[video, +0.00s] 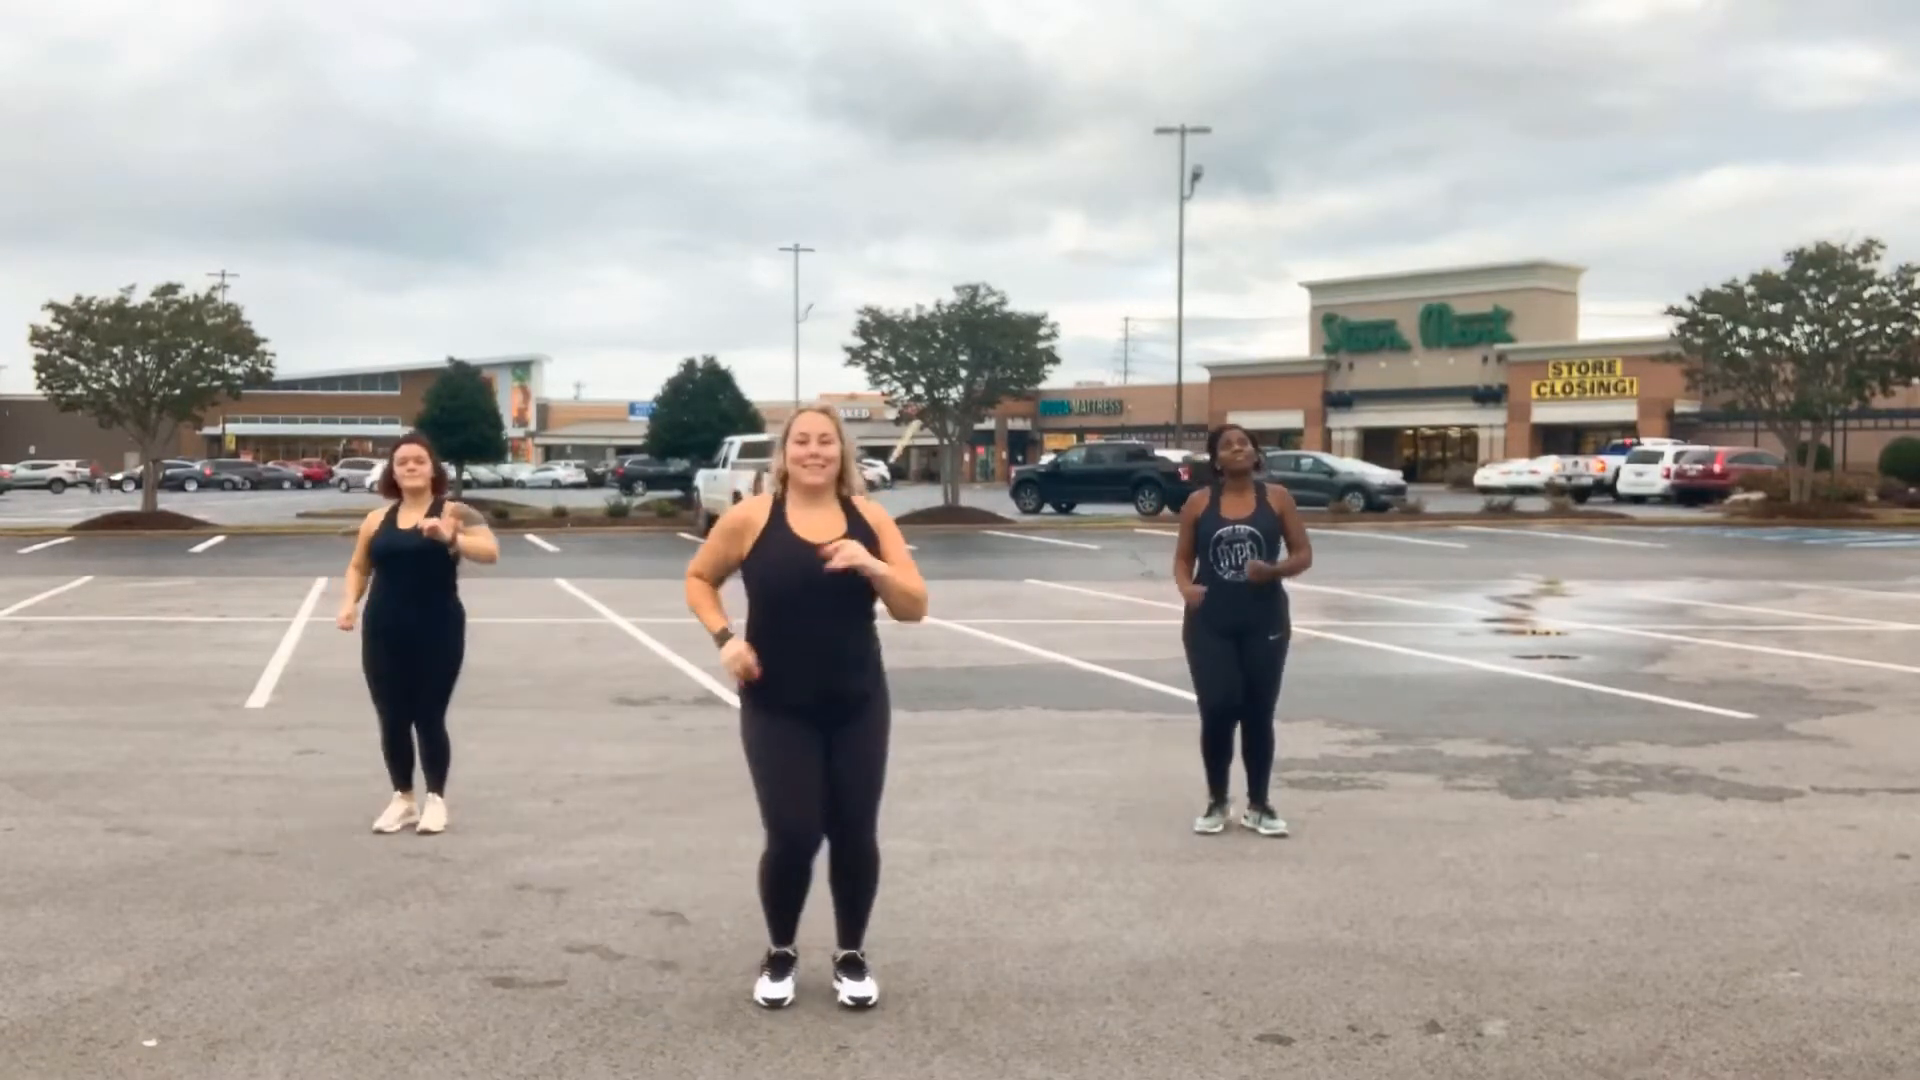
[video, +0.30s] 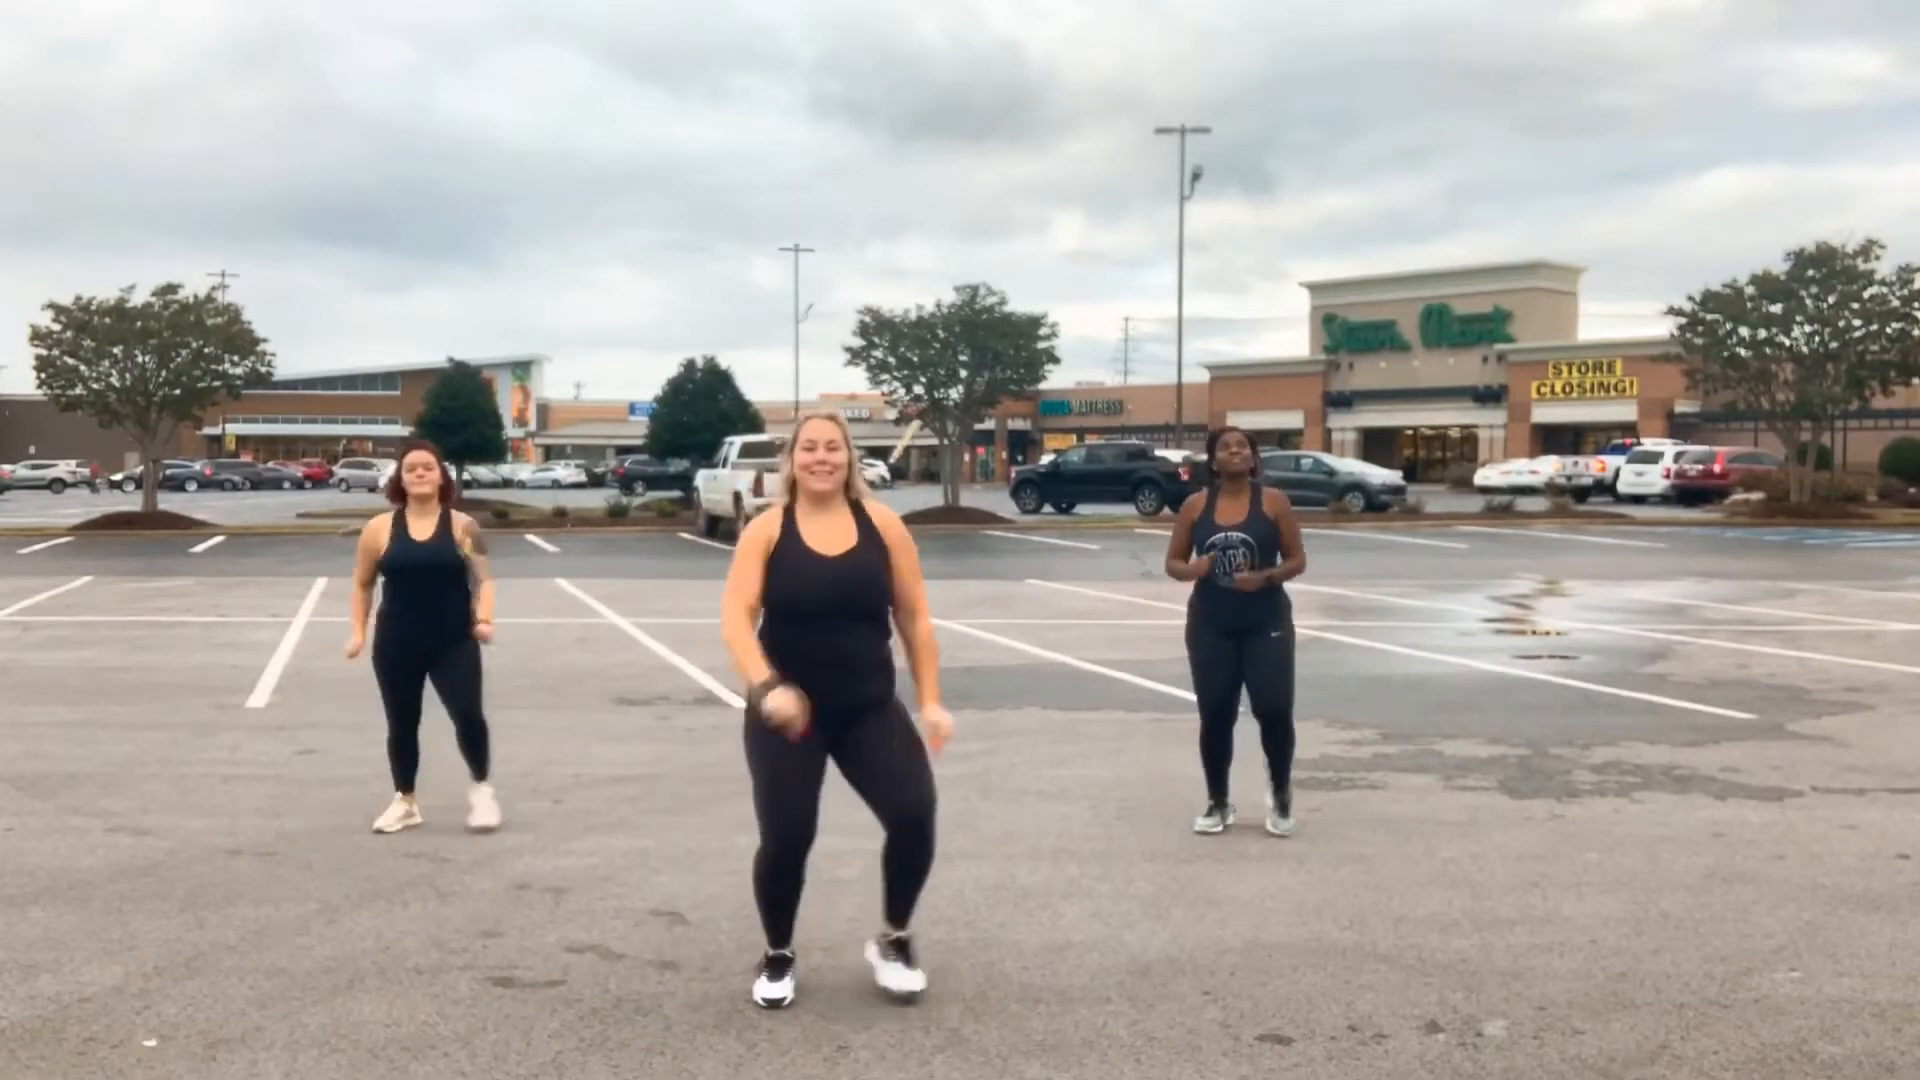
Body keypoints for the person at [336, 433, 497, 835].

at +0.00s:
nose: (411, 468)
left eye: (419, 461)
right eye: (403, 462)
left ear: (434, 469)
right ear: (392, 472)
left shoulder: (456, 514)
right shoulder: (377, 520)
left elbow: (490, 551)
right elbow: (358, 567)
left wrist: (455, 537)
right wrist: (350, 603)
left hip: (437, 631)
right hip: (383, 631)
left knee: (428, 716)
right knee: (392, 718)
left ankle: (435, 799)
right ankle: (403, 798)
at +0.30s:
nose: (420, 474)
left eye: (427, 468)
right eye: (412, 469)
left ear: (441, 476)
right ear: (400, 479)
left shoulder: (462, 526)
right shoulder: (378, 529)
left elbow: (482, 577)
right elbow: (364, 583)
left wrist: (483, 618)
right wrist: (359, 632)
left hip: (453, 642)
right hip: (397, 644)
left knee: (468, 715)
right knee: (402, 725)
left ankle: (481, 788)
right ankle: (405, 800)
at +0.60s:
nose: (434, 477)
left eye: (442, 470)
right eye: (426, 471)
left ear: (457, 478)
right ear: (415, 481)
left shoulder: (480, 516)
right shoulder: (400, 527)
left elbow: (529, 535)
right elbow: (355, 567)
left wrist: (538, 583)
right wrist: (389, 542)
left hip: (487, 637)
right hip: (438, 646)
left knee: (510, 716)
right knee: (417, 730)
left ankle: (542, 793)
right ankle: (409, 801)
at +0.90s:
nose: (421, 477)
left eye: (429, 470)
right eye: (412, 471)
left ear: (444, 476)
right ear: (402, 480)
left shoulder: (462, 524)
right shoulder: (384, 527)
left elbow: (479, 579)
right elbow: (357, 574)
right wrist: (357, 580)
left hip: (460, 639)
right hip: (404, 640)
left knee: (486, 720)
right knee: (402, 726)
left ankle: (532, 792)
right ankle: (406, 801)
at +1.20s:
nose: (405, 470)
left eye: (414, 463)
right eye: (397, 464)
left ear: (429, 472)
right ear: (386, 474)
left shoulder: (448, 514)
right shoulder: (365, 521)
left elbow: (470, 538)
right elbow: (333, 562)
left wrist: (434, 532)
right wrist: (343, 600)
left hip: (441, 630)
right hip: (387, 631)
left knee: (420, 714)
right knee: (394, 718)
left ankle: (426, 799)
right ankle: (403, 798)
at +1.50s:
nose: (395, 478)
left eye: (402, 471)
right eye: (387, 472)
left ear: (418, 478)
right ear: (376, 481)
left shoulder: (440, 525)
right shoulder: (359, 531)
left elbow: (475, 575)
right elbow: (341, 586)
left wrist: (493, 624)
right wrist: (345, 590)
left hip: (431, 643)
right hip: (380, 644)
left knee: (423, 724)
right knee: (340, 715)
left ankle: (429, 801)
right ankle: (370, 790)